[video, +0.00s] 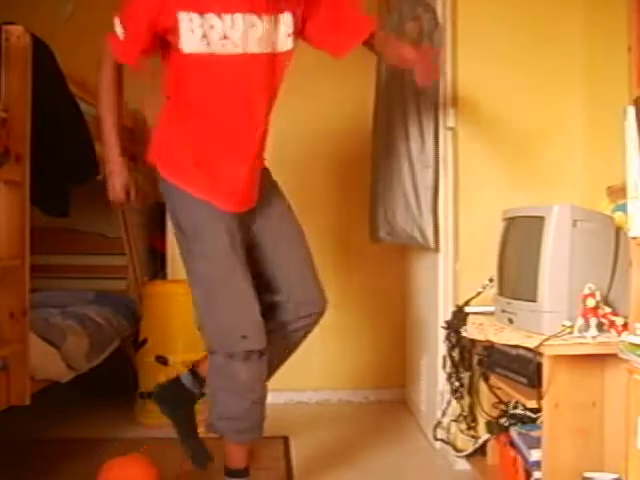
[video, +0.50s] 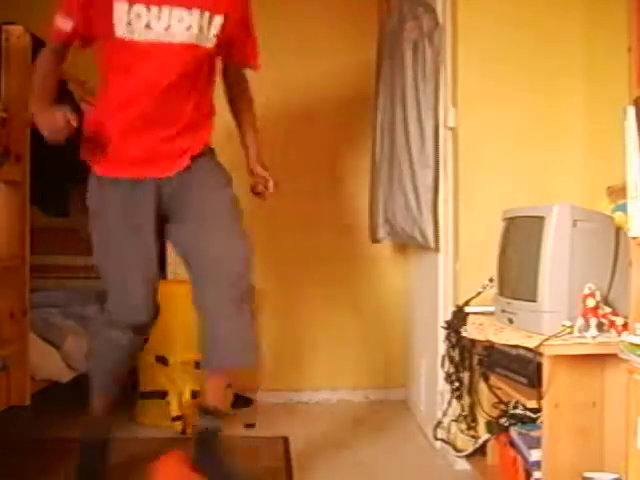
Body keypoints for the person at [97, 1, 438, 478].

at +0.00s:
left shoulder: (294, 4)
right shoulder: (165, 6)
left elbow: (367, 34)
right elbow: (112, 58)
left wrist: (412, 56)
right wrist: (114, 158)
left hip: (248, 169)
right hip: (190, 173)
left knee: (302, 305)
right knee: (241, 341)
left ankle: (185, 390)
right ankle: (237, 472)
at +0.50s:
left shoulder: (228, 5)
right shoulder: (97, 3)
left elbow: (235, 75)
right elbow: (54, 50)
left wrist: (254, 158)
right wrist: (42, 108)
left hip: (192, 162)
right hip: (118, 168)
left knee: (228, 282)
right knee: (131, 309)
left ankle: (210, 433)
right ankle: (96, 429)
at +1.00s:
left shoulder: (209, 20)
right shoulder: (107, 5)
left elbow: (224, 95)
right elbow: (52, 82)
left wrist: (266, 126)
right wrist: (74, 152)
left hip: (168, 191)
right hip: (102, 185)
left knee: (175, 312)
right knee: (90, 308)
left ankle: (151, 424)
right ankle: (71, 444)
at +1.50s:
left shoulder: (187, 9)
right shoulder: (100, 3)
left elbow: (172, 93)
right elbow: (45, 80)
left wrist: (168, 161)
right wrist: (92, 168)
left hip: (160, 175)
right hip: (97, 180)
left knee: (224, 263)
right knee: (118, 316)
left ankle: (206, 401)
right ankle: (108, 455)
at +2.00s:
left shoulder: (211, 15)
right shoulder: (119, 3)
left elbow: (192, 97)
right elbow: (51, 72)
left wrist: (219, 170)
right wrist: (80, 168)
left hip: (168, 186)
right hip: (105, 186)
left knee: (212, 286)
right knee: (114, 323)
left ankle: (168, 404)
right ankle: (106, 453)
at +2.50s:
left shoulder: (248, 8)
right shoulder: (124, 5)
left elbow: (219, 95)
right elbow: (56, 73)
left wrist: (220, 174)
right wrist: (91, 176)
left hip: (212, 180)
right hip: (147, 180)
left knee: (263, 292)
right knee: (183, 330)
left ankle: (182, 363)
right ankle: (174, 471)